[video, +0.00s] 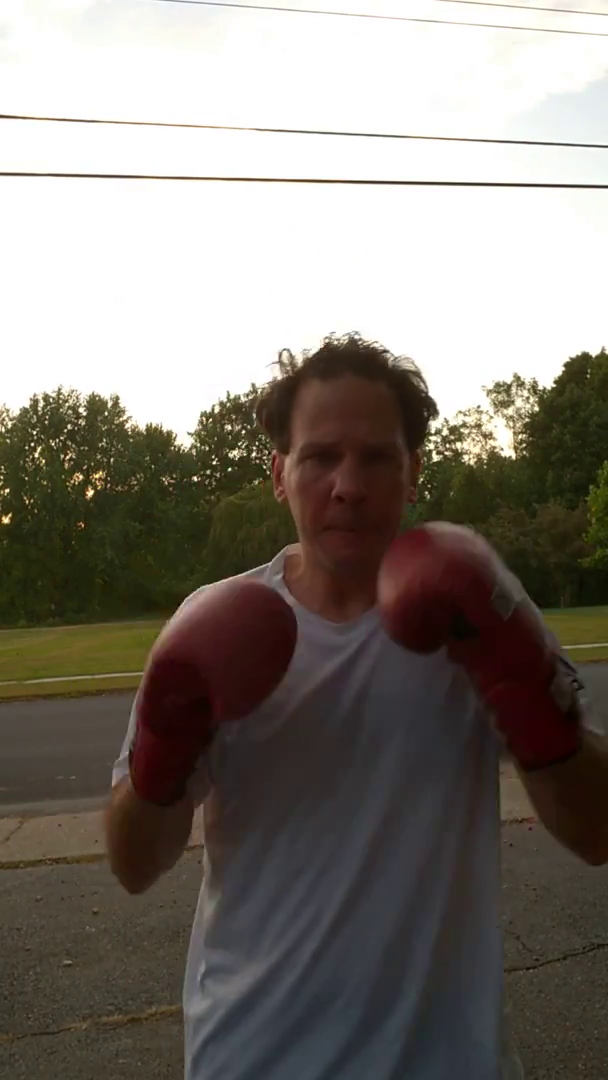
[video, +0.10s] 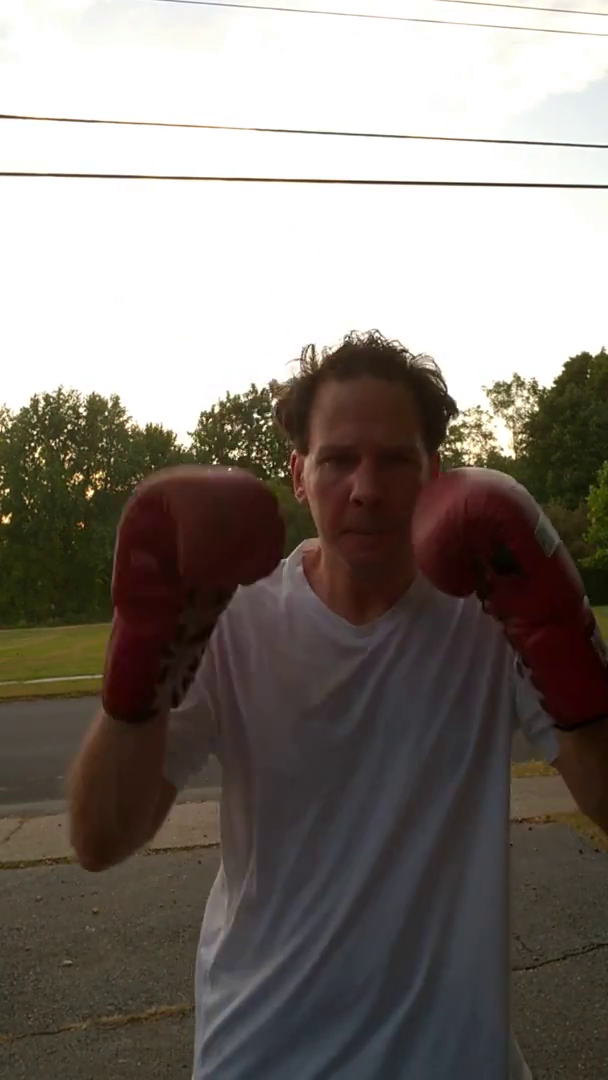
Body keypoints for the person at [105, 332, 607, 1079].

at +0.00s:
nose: (348, 485)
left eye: (376, 457)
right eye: (321, 457)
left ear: (412, 475)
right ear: (281, 477)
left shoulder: (475, 608)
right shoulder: (221, 624)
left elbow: (594, 838)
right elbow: (135, 868)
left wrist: (520, 680)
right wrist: (167, 746)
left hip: (439, 1044)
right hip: (253, 1044)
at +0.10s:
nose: (366, 489)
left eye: (394, 460)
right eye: (341, 459)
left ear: (432, 476)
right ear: (300, 475)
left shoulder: (493, 631)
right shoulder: (234, 625)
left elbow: (602, 811)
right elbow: (99, 843)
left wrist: (563, 639)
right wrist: (139, 649)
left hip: (448, 1043)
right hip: (261, 1045)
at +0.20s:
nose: (329, 519)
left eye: (356, 488)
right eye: (303, 491)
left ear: (400, 493)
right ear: (272, 503)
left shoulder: (471, 621)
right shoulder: (243, 607)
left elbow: (597, 832)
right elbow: (130, 711)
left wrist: (525, 668)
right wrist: (129, 519)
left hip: (446, 1040)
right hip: (274, 1042)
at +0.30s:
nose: (269, 531)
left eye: (292, 505)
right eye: (245, 510)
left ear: (351, 509)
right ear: (214, 521)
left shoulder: (460, 629)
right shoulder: (235, 638)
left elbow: (568, 879)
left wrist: (475, 703)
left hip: (429, 1050)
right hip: (269, 1025)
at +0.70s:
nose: (309, 601)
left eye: (318, 568)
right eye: (282, 582)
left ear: (359, 554)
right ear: (248, 600)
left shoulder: (454, 642)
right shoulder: (252, 678)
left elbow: (596, 832)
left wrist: (485, 757)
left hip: (487, 1034)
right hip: (339, 1029)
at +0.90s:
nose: (334, 594)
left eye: (352, 558)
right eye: (305, 571)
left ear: (400, 544)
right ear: (283, 575)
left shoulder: (506, 644)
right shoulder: (313, 679)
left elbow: (602, 710)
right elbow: (244, 813)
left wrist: (568, 601)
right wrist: (206, 803)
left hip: (536, 1049)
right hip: (388, 1041)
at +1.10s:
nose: (386, 566)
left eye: (404, 532)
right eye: (356, 547)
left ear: (447, 520)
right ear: (329, 558)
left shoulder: (538, 595)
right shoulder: (322, 655)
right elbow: (209, 834)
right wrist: (201, 661)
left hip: (589, 1017)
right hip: (450, 1016)